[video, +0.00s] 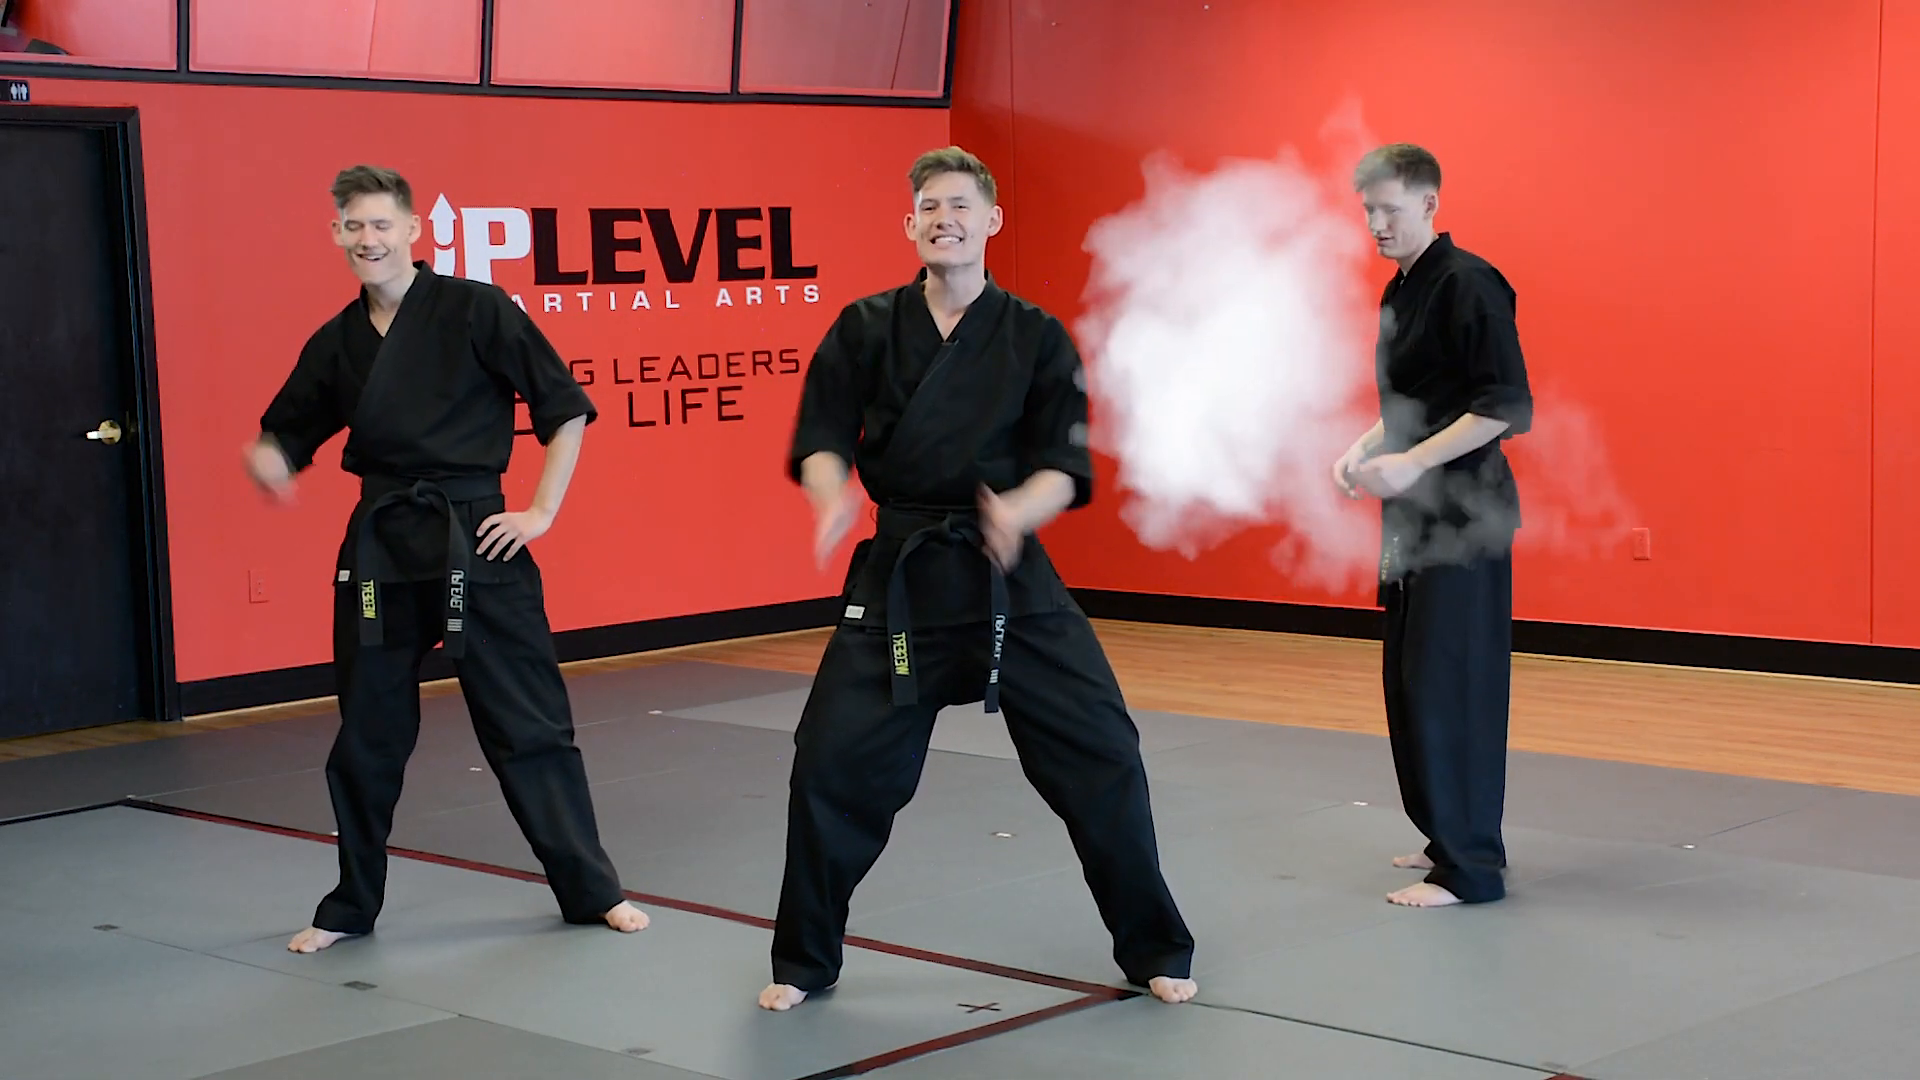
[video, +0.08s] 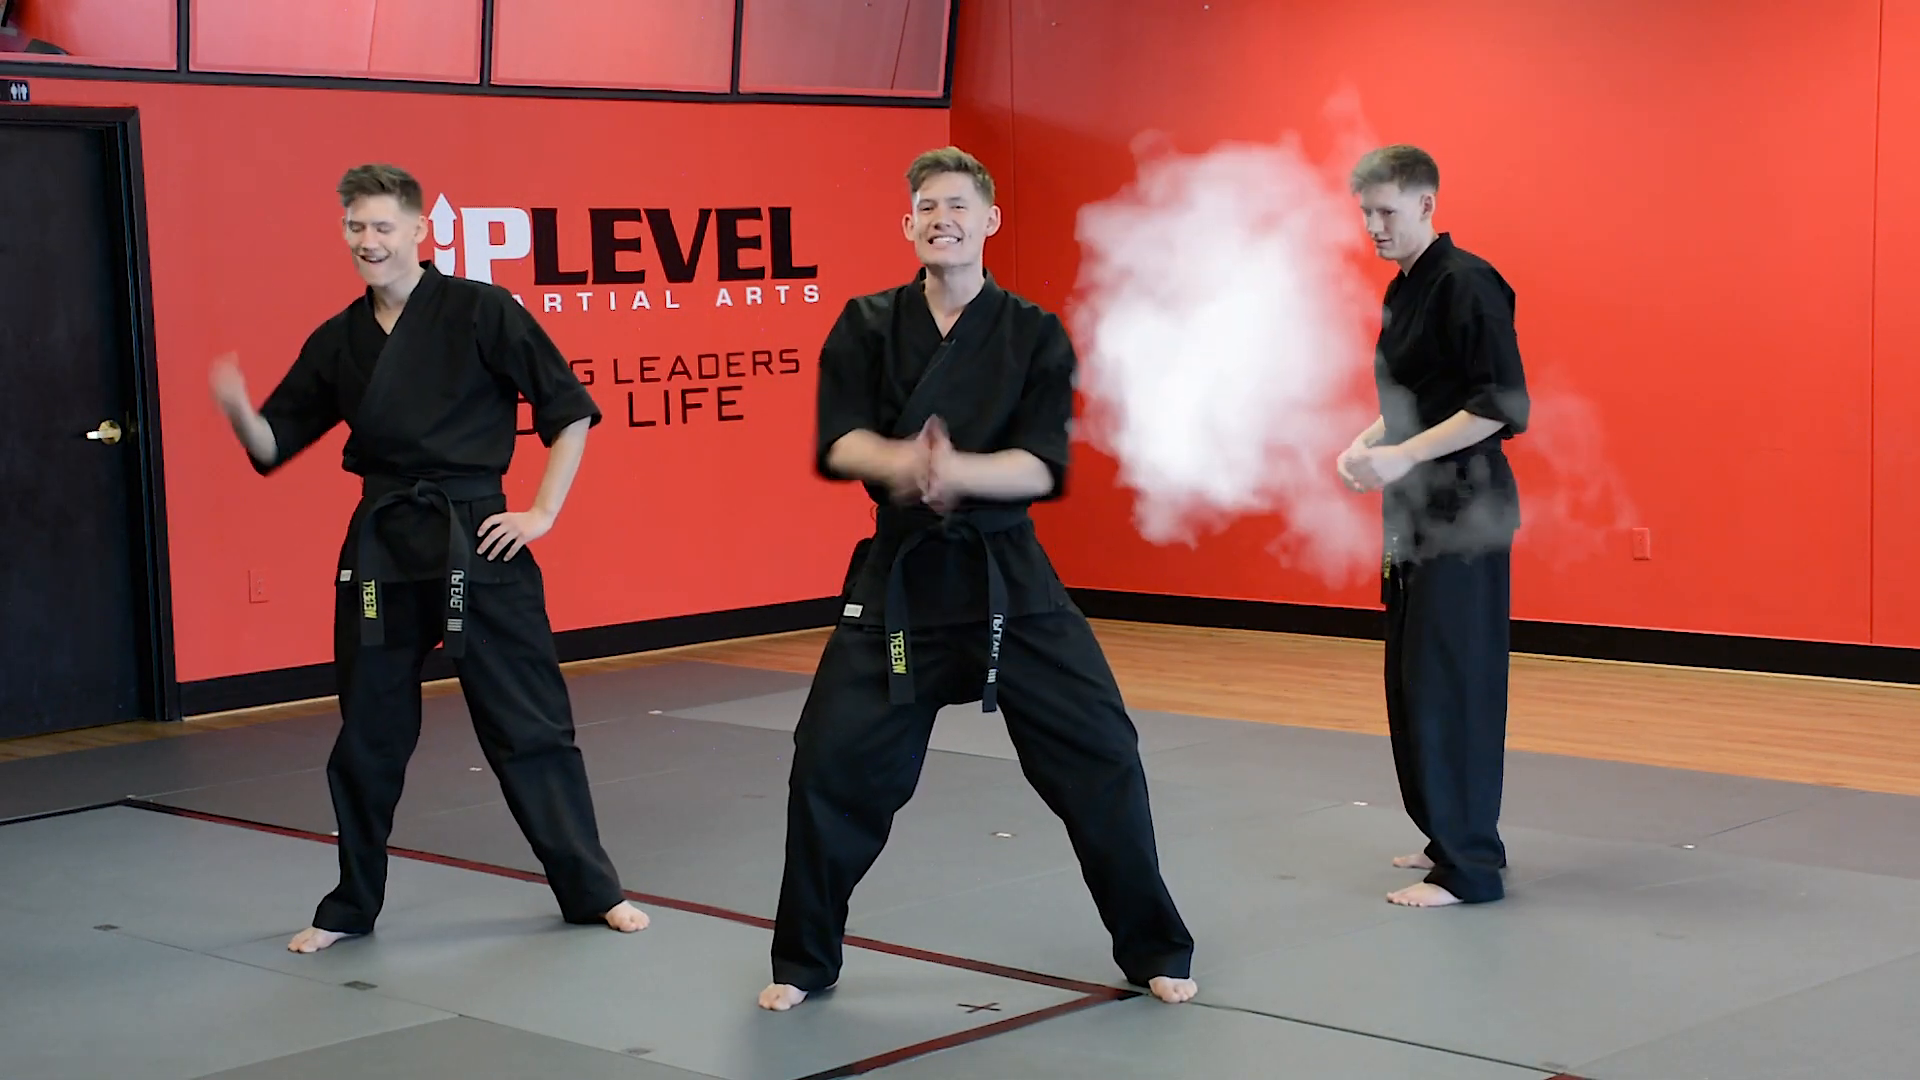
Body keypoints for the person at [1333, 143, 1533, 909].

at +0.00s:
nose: (1378, 226)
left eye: (1389, 211)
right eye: (1370, 213)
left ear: (1431, 203)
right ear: (1367, 213)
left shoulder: (1473, 285)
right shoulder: (1400, 294)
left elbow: (1504, 407)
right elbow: (1409, 405)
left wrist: (1416, 459)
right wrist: (1364, 447)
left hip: (1463, 526)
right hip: (1416, 523)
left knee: (1455, 692)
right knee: (1415, 688)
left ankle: (1472, 870)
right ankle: (1452, 843)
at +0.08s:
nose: (1376, 228)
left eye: (1387, 213)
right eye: (1368, 215)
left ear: (1429, 203)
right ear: (1367, 214)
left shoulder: (1469, 284)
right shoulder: (1405, 290)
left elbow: (1502, 406)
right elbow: (1410, 402)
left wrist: (1406, 453)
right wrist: (1364, 445)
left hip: (1462, 526)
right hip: (1417, 522)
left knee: (1457, 691)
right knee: (1420, 688)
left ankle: (1472, 870)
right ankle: (1453, 843)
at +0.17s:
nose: (1375, 231)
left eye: (1385, 215)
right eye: (1367, 217)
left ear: (1427, 204)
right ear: (1370, 214)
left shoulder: (1469, 283)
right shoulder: (1407, 288)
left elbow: (1499, 404)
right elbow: (1411, 397)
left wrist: (1396, 448)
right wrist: (1370, 434)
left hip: (1464, 520)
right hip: (1421, 517)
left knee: (1454, 686)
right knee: (1420, 682)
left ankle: (1471, 868)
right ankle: (1454, 842)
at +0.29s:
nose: (1374, 231)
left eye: (1384, 215)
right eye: (1366, 219)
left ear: (1425, 204)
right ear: (1368, 218)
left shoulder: (1466, 281)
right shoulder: (1413, 287)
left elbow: (1495, 401)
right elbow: (1425, 392)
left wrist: (1391, 442)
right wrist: (1376, 424)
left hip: (1464, 518)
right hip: (1426, 515)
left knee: (1452, 688)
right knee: (1422, 683)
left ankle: (1472, 868)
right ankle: (1454, 842)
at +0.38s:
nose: (1374, 230)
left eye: (1385, 215)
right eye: (1365, 218)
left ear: (1426, 206)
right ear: (1364, 219)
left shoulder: (1462, 279)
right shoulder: (1419, 286)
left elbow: (1491, 399)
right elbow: (1438, 393)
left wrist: (1390, 448)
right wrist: (1382, 417)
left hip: (1465, 521)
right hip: (1430, 518)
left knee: (1452, 689)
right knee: (1423, 684)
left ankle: (1471, 870)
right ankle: (1455, 842)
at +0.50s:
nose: (1371, 231)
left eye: (1382, 216)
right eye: (1362, 219)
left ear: (1423, 208)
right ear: (1363, 219)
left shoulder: (1459, 279)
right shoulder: (1424, 285)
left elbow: (1484, 401)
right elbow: (1442, 391)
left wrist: (1401, 461)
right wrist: (1385, 405)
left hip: (1464, 520)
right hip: (1437, 517)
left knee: (1450, 688)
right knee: (1431, 684)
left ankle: (1470, 869)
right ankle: (1455, 844)